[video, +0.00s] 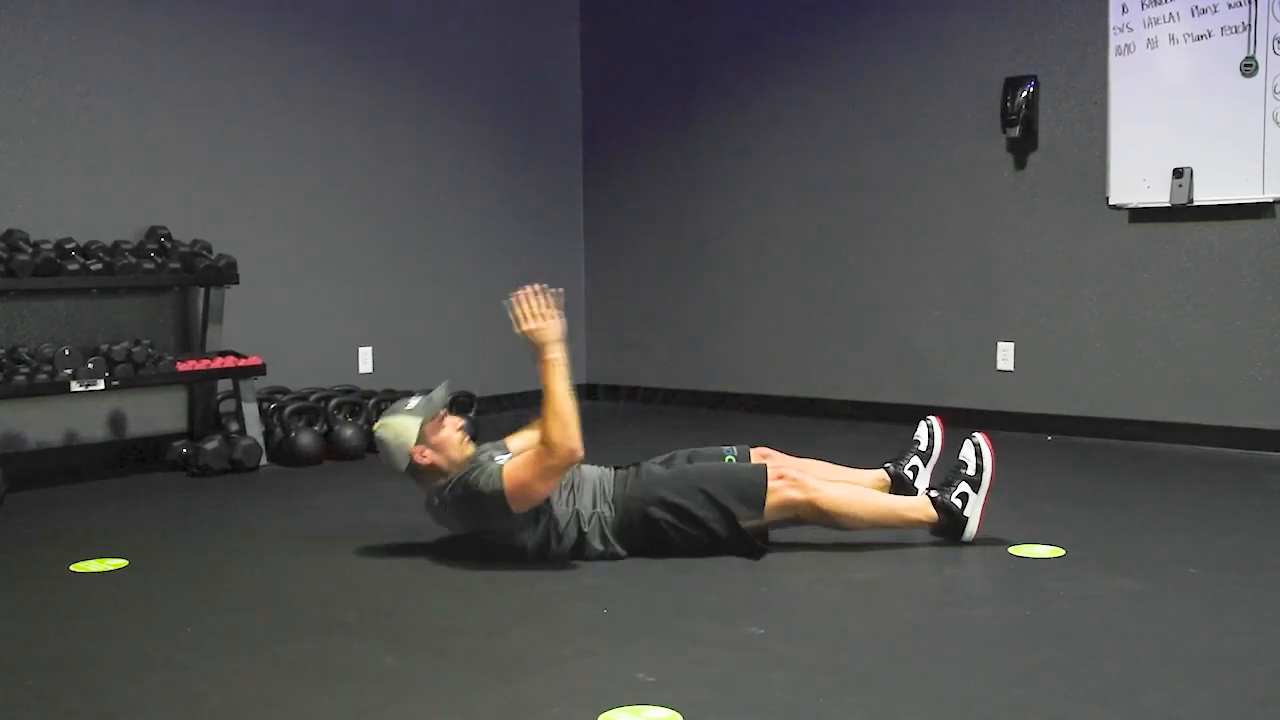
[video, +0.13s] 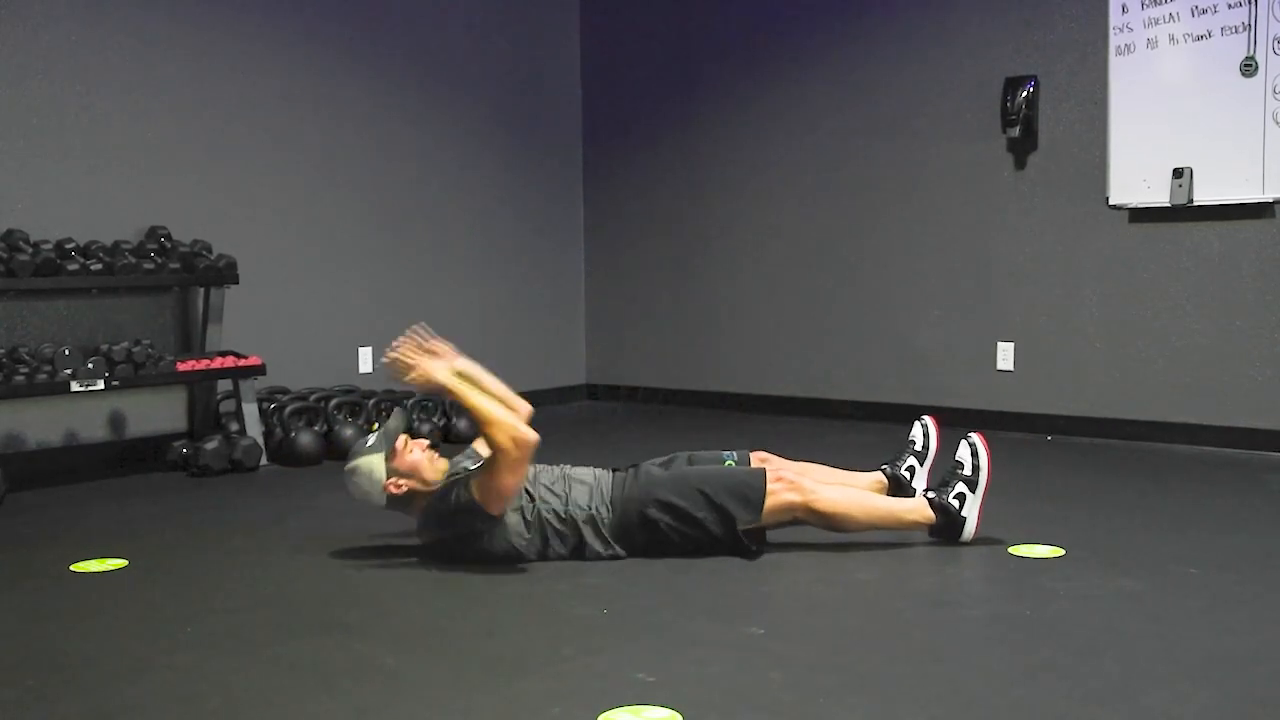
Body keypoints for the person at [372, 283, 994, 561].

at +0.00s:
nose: (455, 423)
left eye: (446, 417)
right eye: (440, 426)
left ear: (439, 437)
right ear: (423, 457)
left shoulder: (470, 461)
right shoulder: (472, 493)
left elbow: (546, 443)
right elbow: (564, 448)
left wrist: (554, 365)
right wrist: (550, 348)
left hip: (624, 485)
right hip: (622, 512)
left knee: (768, 458)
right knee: (789, 487)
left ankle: (896, 482)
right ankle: (940, 513)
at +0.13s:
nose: (413, 447)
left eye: (403, 442)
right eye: (400, 454)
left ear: (414, 451)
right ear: (399, 486)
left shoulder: (453, 483)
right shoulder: (458, 516)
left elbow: (516, 419)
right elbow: (513, 434)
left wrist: (454, 363)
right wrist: (450, 372)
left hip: (629, 485)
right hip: (629, 508)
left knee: (772, 466)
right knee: (788, 493)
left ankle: (899, 485)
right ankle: (940, 516)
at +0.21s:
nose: (404, 461)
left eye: (392, 459)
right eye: (391, 467)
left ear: (403, 469)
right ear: (397, 495)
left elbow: (475, 412)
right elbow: (476, 422)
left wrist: (384, 391)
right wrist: (387, 407)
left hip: (627, 485)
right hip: (627, 513)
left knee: (769, 468)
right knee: (787, 488)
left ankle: (895, 486)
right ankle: (940, 513)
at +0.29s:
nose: (387, 483)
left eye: (377, 480)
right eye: (376, 491)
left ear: (394, 479)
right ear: (389, 511)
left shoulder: (444, 490)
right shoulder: (443, 515)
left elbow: (438, 409)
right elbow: (439, 416)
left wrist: (350, 438)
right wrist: (347, 440)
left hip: (626, 486)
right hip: (626, 513)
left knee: (770, 468)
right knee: (785, 490)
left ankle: (897, 485)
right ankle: (938, 516)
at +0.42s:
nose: (382, 489)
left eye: (377, 483)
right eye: (375, 490)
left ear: (388, 492)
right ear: (382, 512)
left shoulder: (439, 504)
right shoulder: (433, 528)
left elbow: (398, 424)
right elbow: (390, 426)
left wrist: (341, 485)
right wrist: (319, 498)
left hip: (621, 486)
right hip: (621, 514)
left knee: (771, 469)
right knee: (783, 490)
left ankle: (896, 490)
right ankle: (938, 515)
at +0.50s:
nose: (379, 498)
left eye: (372, 495)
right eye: (372, 502)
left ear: (382, 503)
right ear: (381, 521)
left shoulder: (437, 507)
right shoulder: (429, 532)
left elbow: (385, 434)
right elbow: (374, 435)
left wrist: (325, 505)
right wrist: (312, 515)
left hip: (620, 487)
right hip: (618, 512)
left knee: (765, 466)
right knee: (782, 492)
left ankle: (894, 490)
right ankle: (938, 517)